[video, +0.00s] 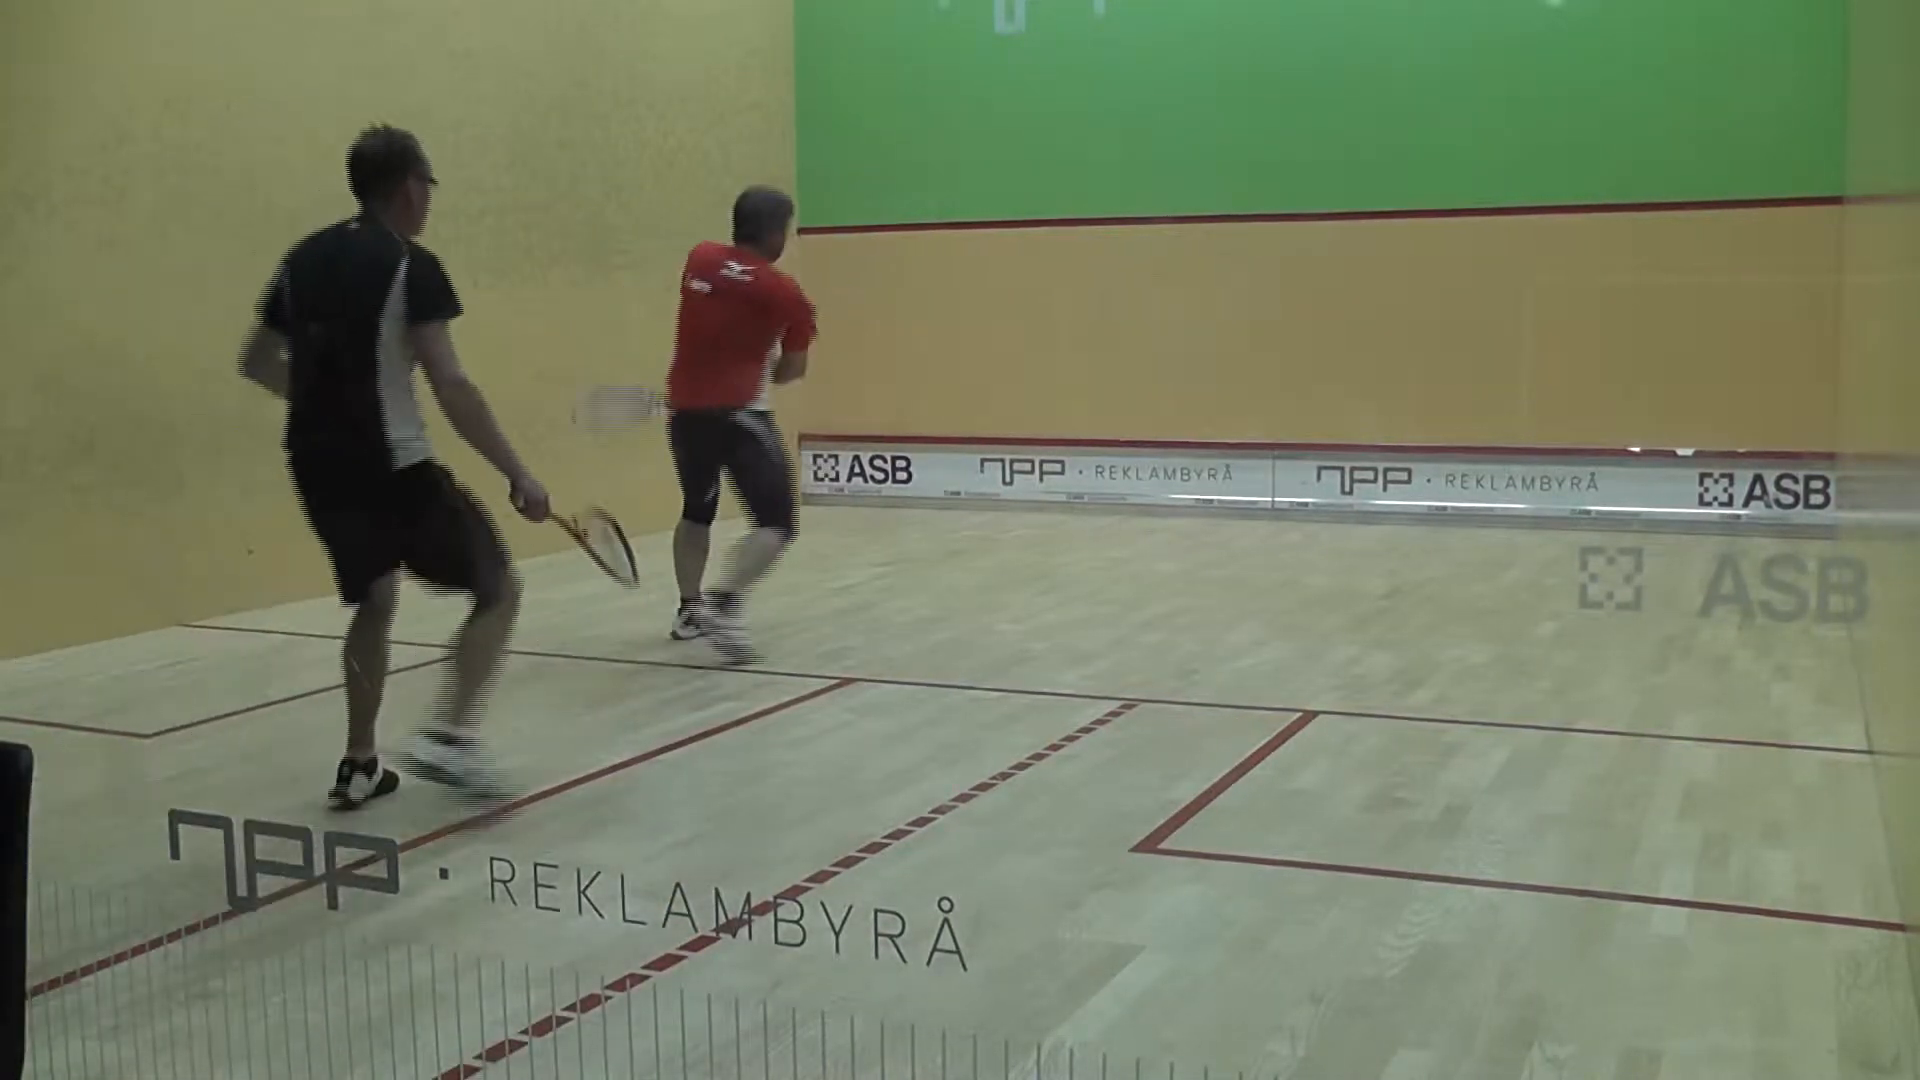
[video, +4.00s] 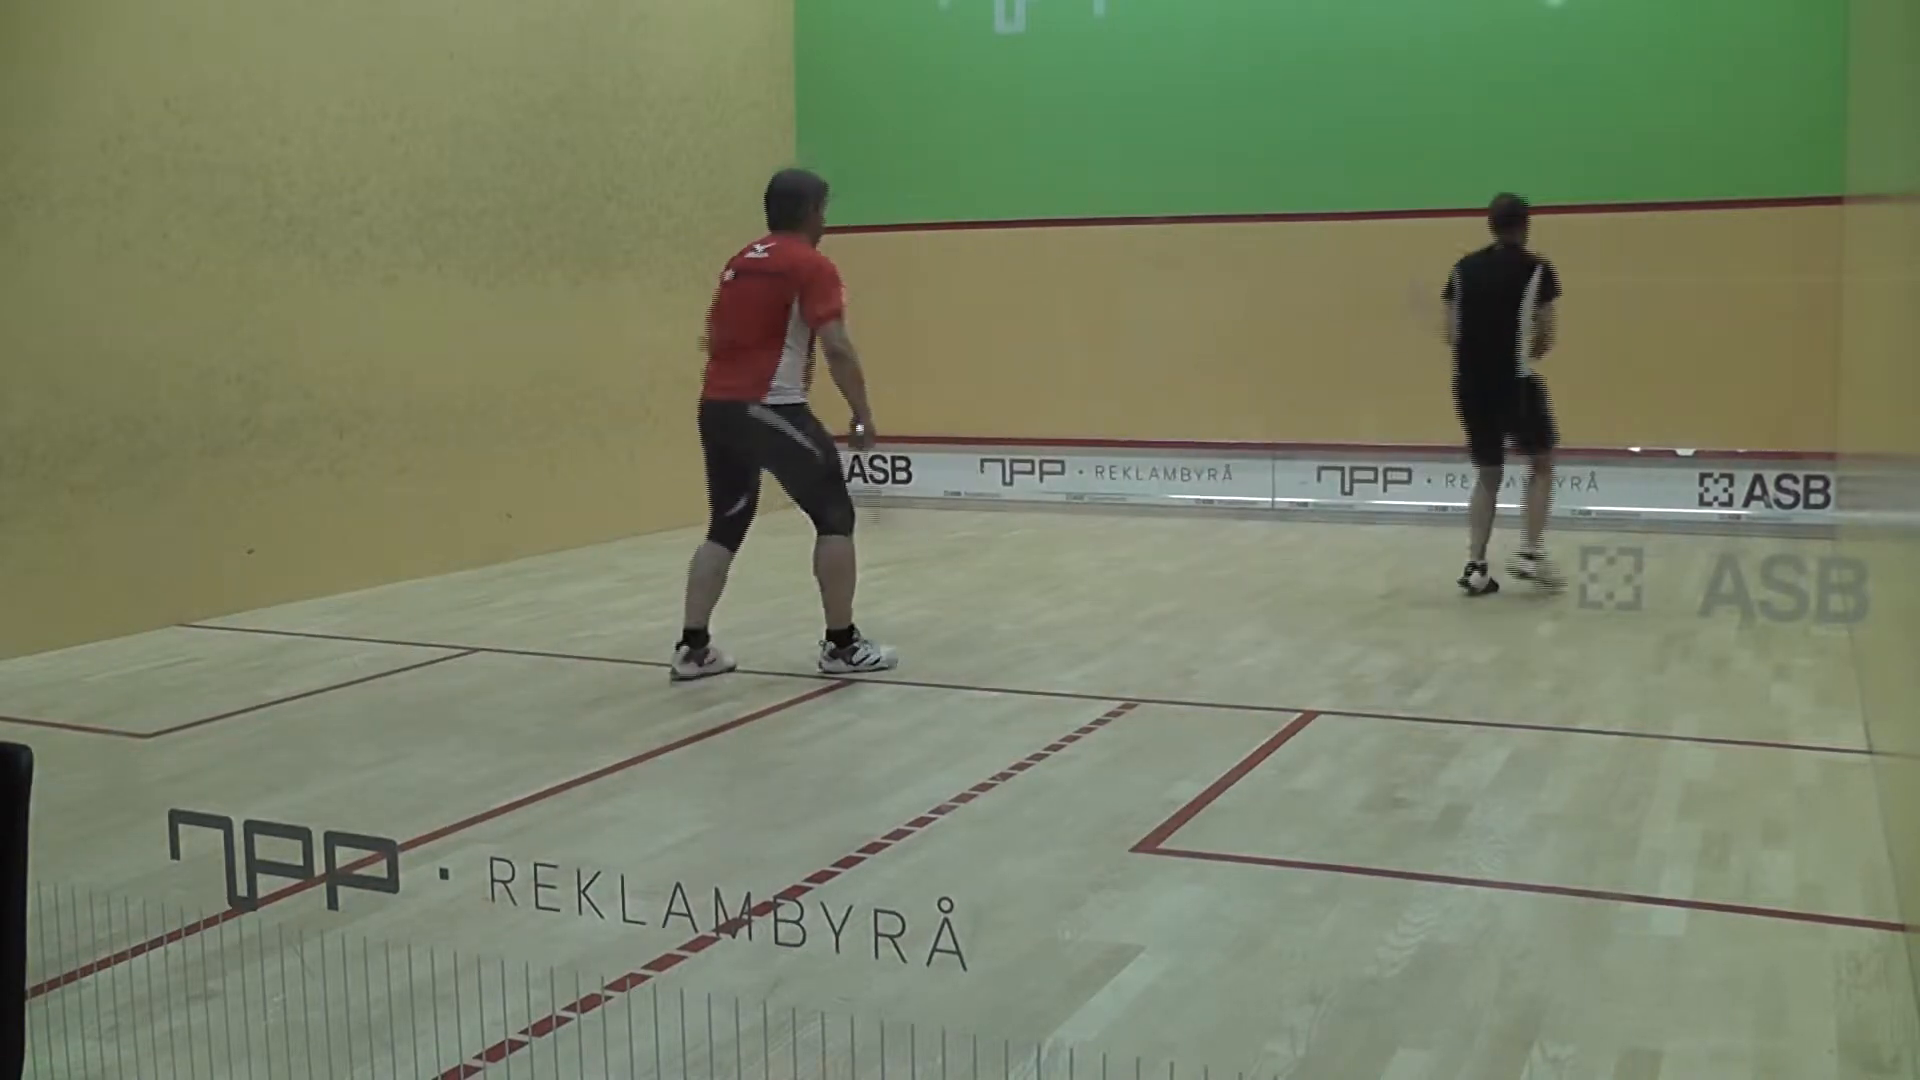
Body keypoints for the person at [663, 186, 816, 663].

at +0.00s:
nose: (790, 237)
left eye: (789, 228)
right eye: (789, 228)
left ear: (739, 227)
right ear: (778, 233)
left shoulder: (701, 257)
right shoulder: (784, 291)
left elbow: (708, 324)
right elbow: (792, 368)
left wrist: (759, 354)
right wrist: (753, 366)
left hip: (686, 412)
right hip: (739, 414)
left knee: (696, 509)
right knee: (777, 522)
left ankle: (689, 611)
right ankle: (721, 605)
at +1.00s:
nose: (900, 214)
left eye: (893, 205)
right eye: (900, 207)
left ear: (851, 207)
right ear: (895, 210)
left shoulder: (832, 248)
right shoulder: (881, 260)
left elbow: (845, 336)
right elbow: (885, 347)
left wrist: (893, 404)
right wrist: (917, 405)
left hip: (812, 395)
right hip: (861, 399)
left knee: (806, 506)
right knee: (880, 516)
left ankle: (770, 619)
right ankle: (867, 636)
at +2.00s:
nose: (942, 268)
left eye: (945, 259)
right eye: (938, 258)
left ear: (905, 251)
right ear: (909, 251)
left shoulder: (883, 280)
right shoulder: (868, 301)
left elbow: (879, 341)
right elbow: (864, 398)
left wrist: (907, 375)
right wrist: (921, 439)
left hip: (831, 411)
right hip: (829, 417)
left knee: (834, 515)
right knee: (901, 513)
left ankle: (751, 591)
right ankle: (906, 636)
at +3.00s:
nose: (812, 215)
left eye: (812, 205)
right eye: (809, 205)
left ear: (762, 205)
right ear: (791, 206)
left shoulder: (725, 257)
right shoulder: (801, 260)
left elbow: (715, 338)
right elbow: (826, 346)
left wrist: (741, 382)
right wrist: (849, 408)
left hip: (733, 400)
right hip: (786, 398)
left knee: (742, 506)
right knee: (821, 504)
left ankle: (735, 623)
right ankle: (817, 626)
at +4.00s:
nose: (826, 218)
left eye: (825, 208)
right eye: (824, 208)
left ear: (771, 212)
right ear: (813, 211)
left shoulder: (743, 259)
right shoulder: (812, 265)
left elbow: (715, 337)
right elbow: (836, 348)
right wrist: (862, 413)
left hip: (719, 410)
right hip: (775, 410)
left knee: (727, 523)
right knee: (834, 516)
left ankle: (692, 646)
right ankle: (842, 644)